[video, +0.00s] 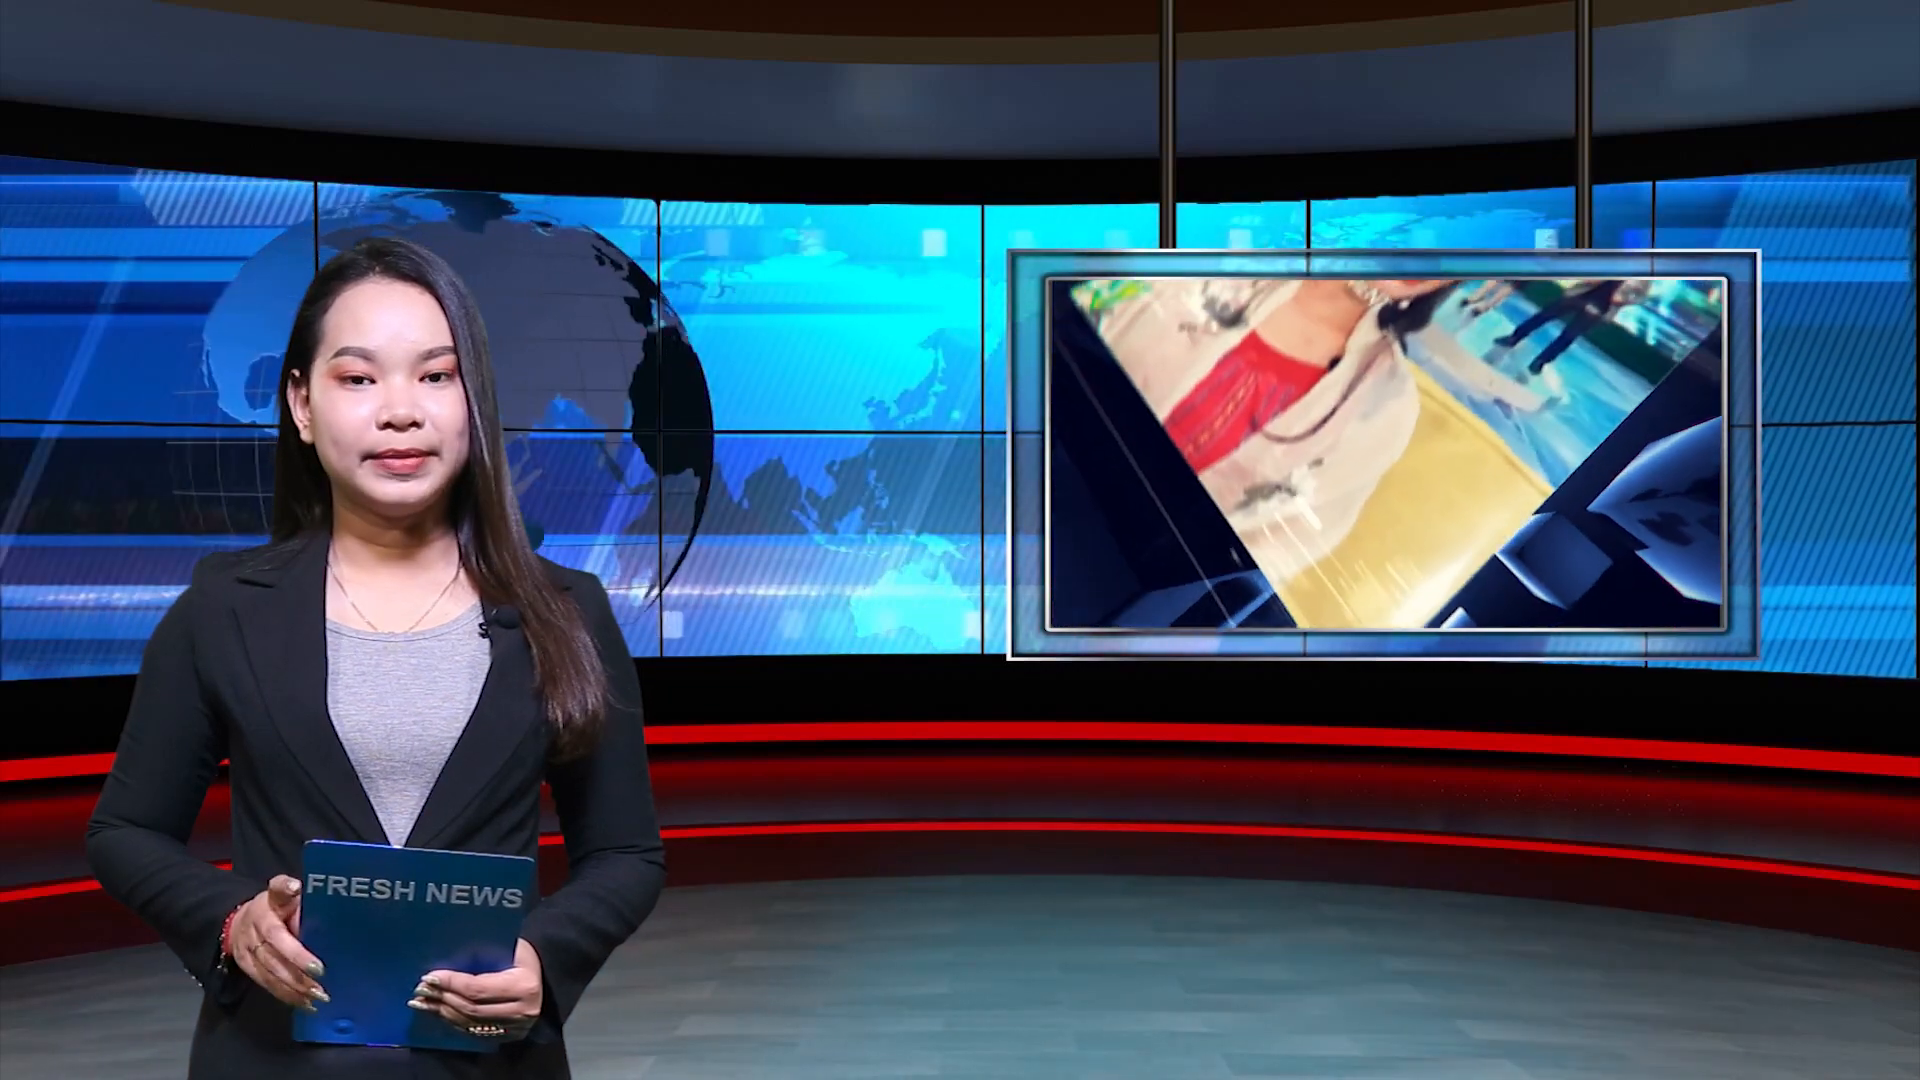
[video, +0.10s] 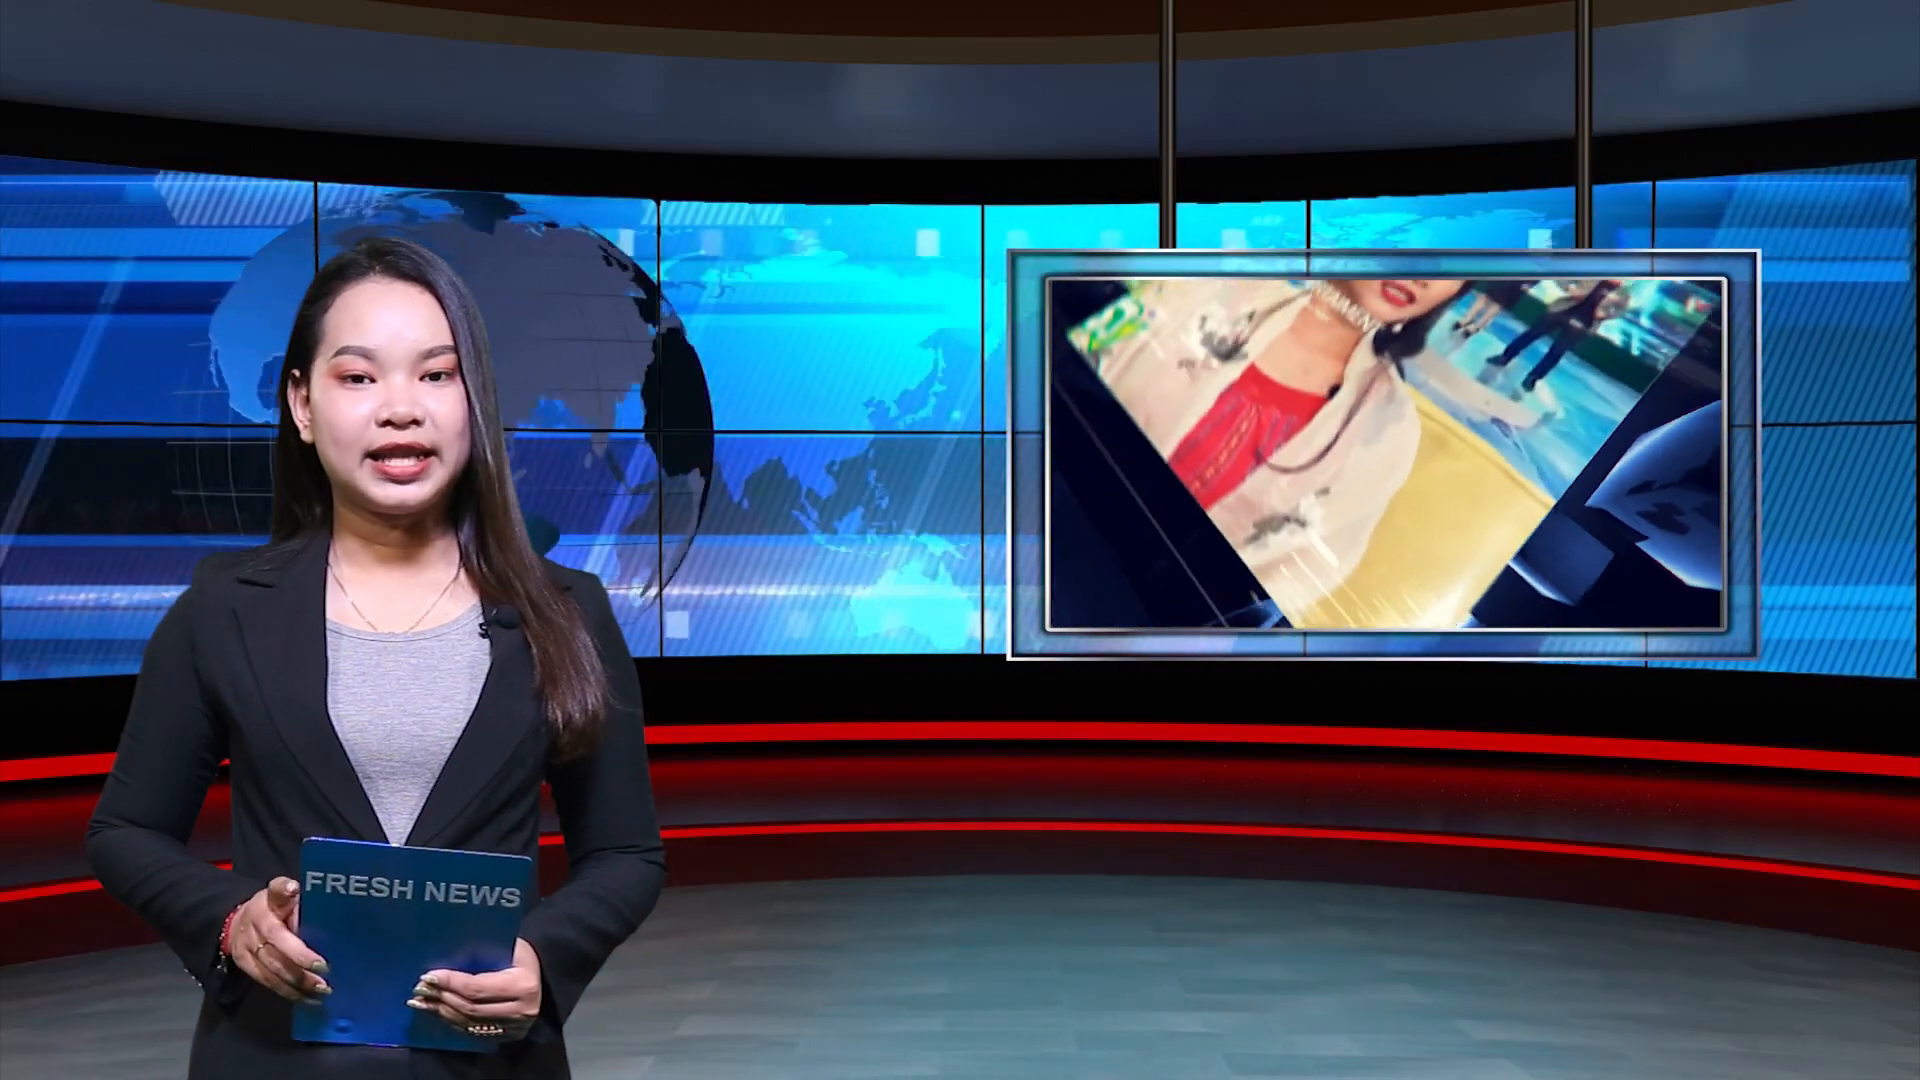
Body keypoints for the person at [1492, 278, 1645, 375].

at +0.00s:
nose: (1626, 297)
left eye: (1632, 297)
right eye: (1628, 291)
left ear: (1635, 299)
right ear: (1626, 283)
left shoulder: (1626, 302)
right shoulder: (1613, 278)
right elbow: (1593, 280)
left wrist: (1605, 315)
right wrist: (1574, 286)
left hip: (1597, 310)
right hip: (1583, 295)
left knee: (1568, 337)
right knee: (1546, 315)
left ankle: (1539, 362)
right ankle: (1514, 338)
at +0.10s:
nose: (1617, 273)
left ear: (1625, 274)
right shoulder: (1596, 273)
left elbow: (1620, 310)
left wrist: (1604, 315)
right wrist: (1571, 289)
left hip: (1585, 320)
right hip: (1566, 308)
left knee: (1557, 351)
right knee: (1534, 333)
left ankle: (1532, 378)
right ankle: (1505, 357)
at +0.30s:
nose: (1585, 303)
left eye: (1589, 301)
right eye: (1584, 299)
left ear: (1593, 305)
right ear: (1579, 298)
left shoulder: (1594, 319)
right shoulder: (1562, 306)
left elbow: (1602, 336)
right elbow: (1535, 310)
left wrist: (1586, 340)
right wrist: (1547, 317)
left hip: (1559, 352)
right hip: (1539, 343)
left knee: (1544, 383)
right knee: (1517, 368)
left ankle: (1528, 410)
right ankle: (1497, 394)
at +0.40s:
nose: (1576, 313)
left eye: (1580, 311)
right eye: (1575, 309)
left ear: (1585, 314)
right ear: (1571, 309)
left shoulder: (1589, 328)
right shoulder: (1555, 318)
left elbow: (1598, 344)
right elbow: (1529, 325)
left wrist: (1587, 348)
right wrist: (1543, 331)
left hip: (1558, 365)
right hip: (1537, 357)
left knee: (1546, 395)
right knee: (1518, 383)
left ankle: (1533, 425)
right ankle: (1502, 409)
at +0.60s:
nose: (1575, 320)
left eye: (1579, 317)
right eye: (1573, 316)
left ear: (1585, 321)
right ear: (1570, 317)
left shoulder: (1591, 338)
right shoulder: (1557, 329)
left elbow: (1611, 351)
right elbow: (1539, 347)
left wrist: (1601, 349)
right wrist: (1553, 346)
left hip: (1569, 376)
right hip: (1546, 371)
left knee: (1560, 409)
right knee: (1530, 399)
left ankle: (1552, 439)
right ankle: (1517, 427)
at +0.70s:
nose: (1579, 321)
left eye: (1583, 318)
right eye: (1577, 317)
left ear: (1588, 321)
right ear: (1573, 318)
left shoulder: (1598, 338)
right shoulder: (1561, 332)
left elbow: (1621, 351)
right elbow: (1543, 349)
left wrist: (1613, 349)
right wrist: (1559, 348)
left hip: (1576, 379)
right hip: (1553, 374)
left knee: (1569, 412)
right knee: (1539, 402)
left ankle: (1562, 443)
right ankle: (1526, 432)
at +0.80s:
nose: (1586, 322)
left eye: (1590, 320)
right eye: (1585, 319)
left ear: (1597, 323)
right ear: (1581, 321)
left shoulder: (1607, 339)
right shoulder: (1571, 335)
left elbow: (1631, 354)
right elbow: (1557, 353)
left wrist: (1621, 352)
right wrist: (1570, 355)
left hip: (1589, 382)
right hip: (1566, 378)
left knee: (1583, 417)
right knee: (1552, 407)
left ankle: (1577, 449)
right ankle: (1541, 438)